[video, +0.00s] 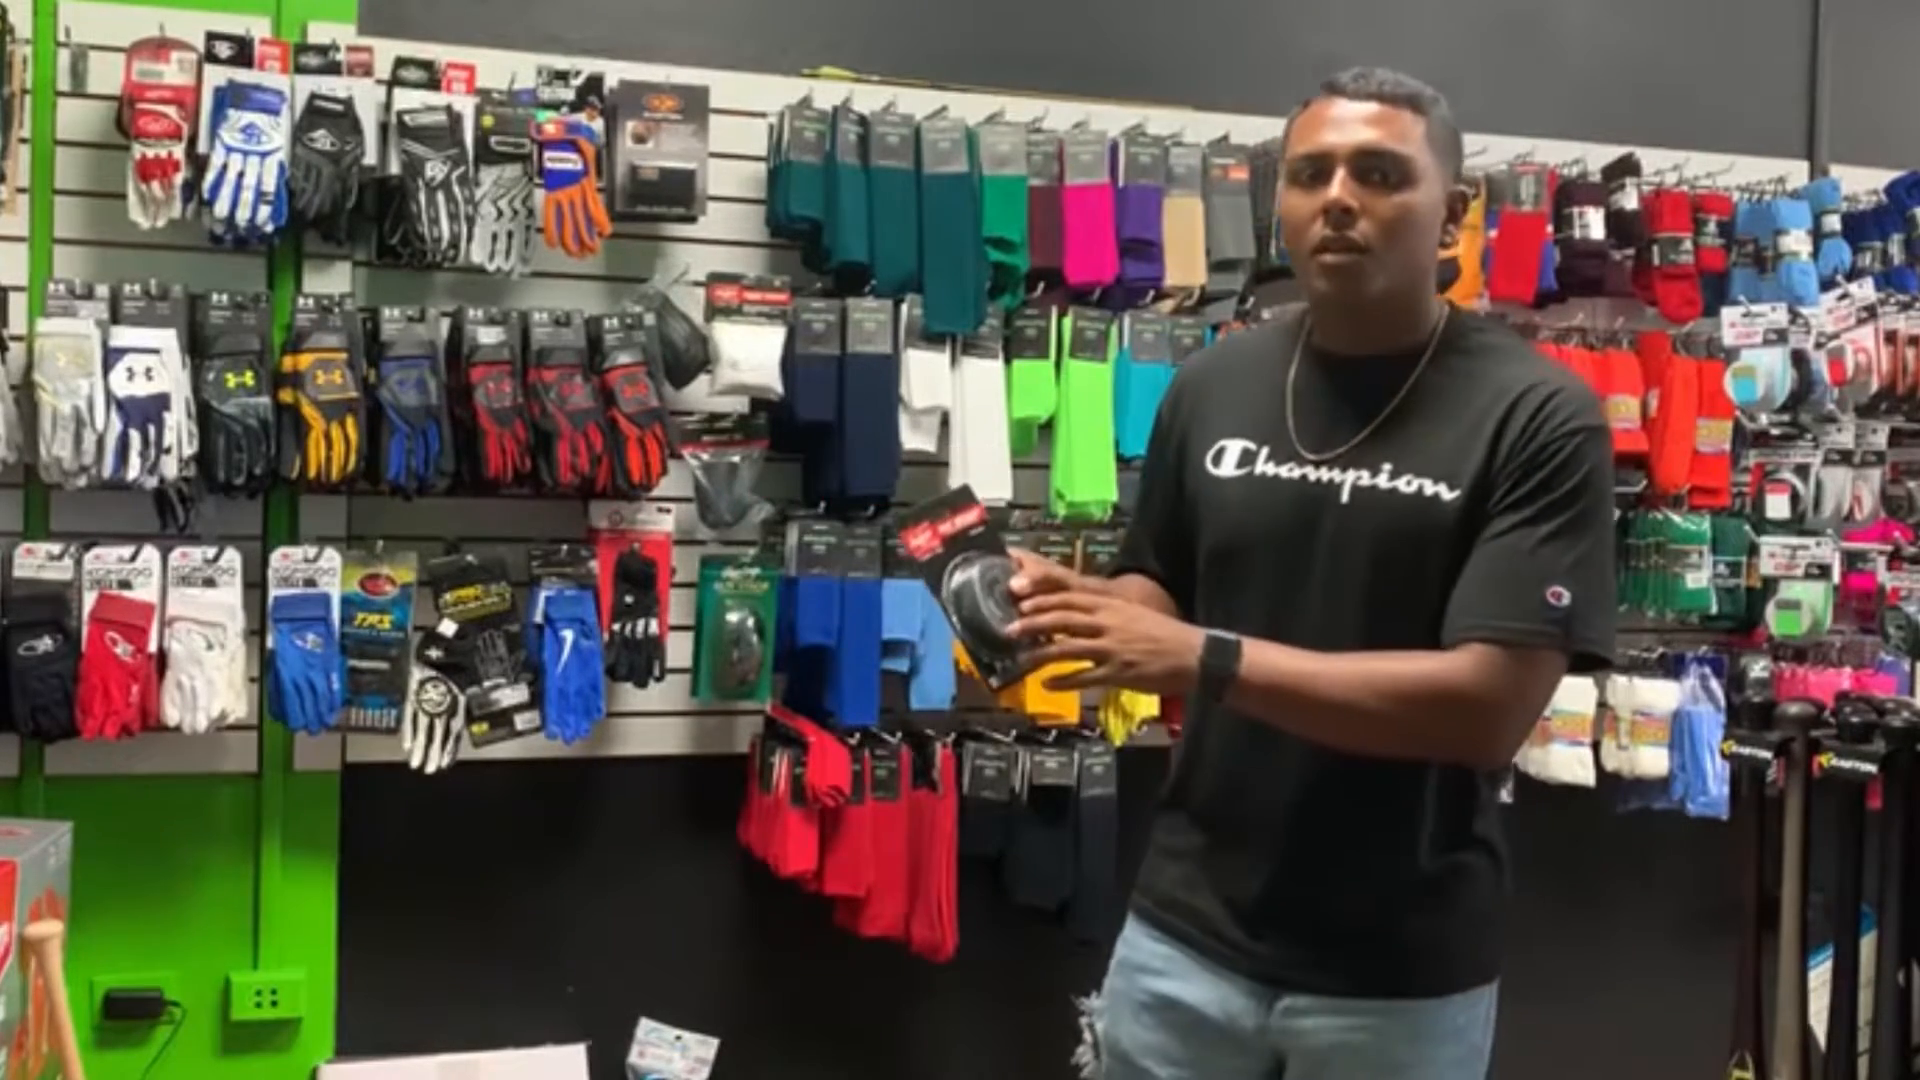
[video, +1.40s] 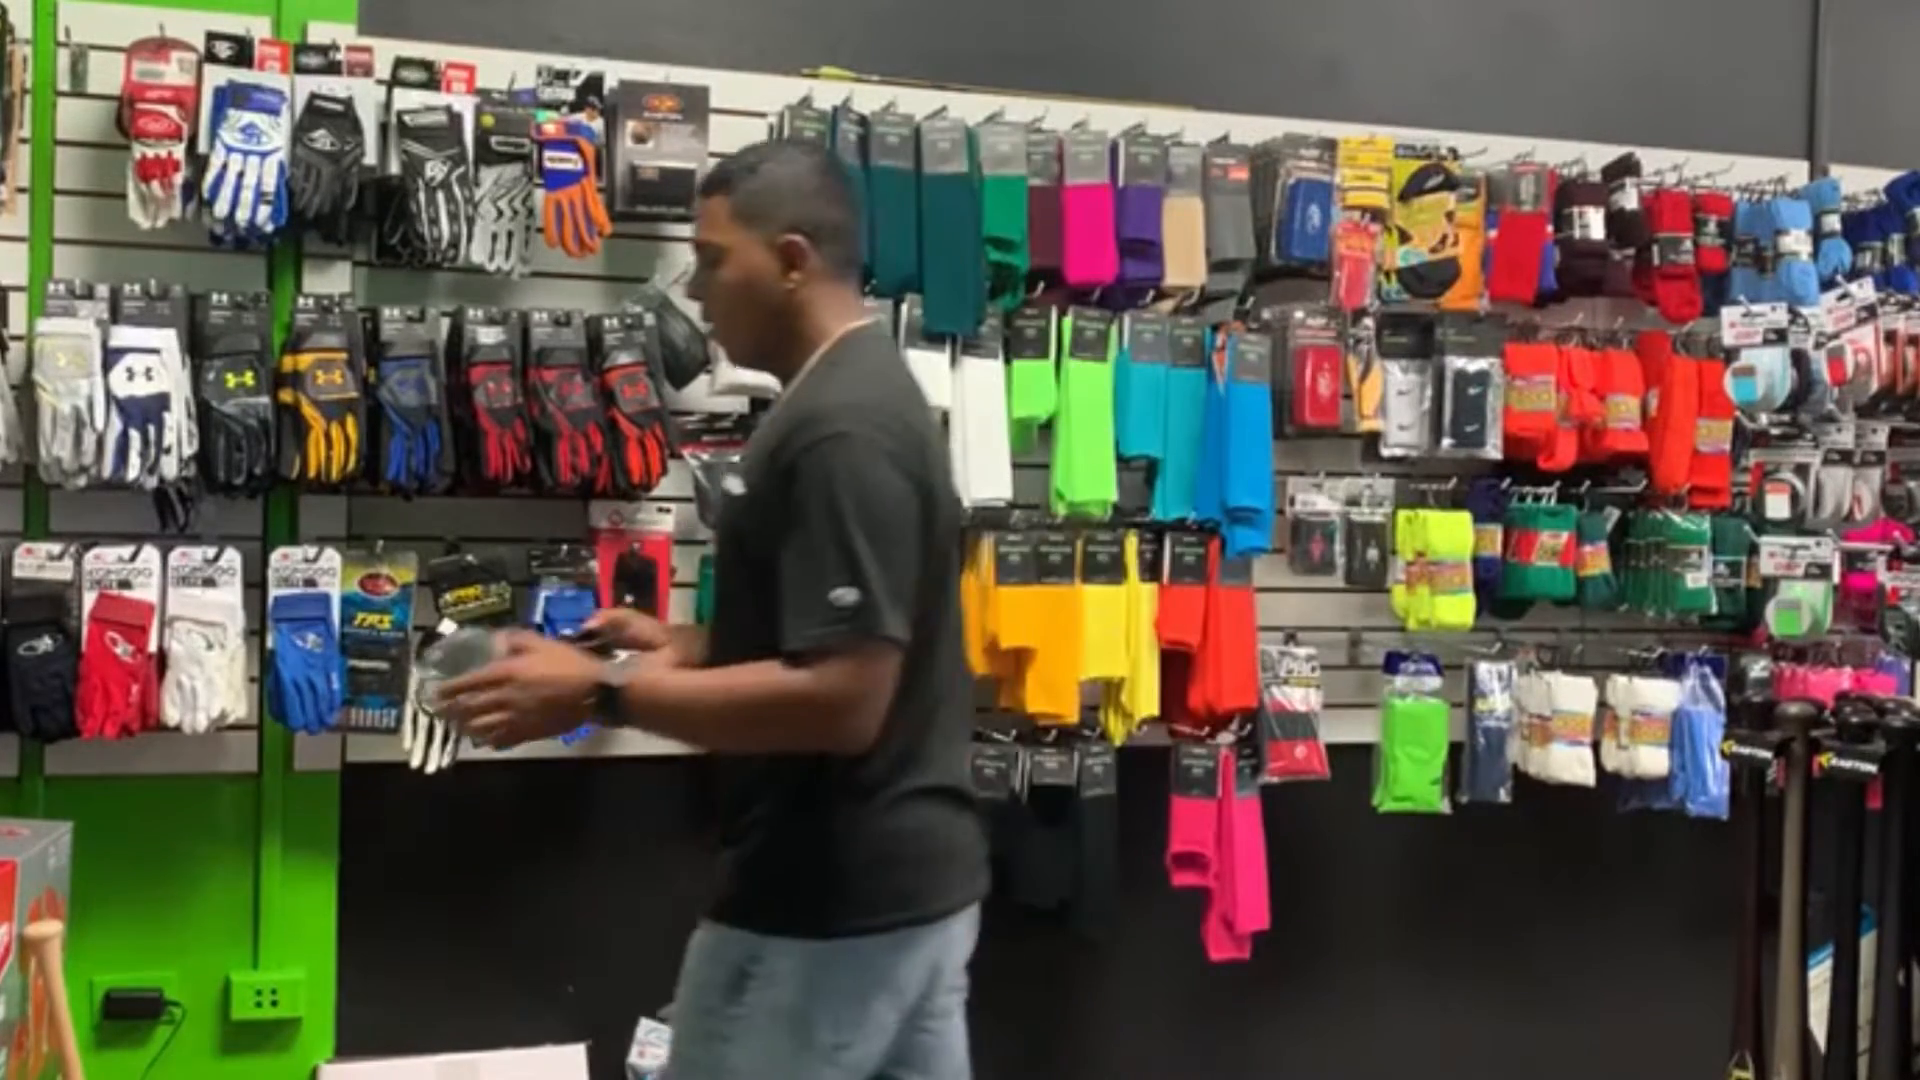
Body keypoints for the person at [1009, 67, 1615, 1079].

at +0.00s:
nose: (1337, 199)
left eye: (1380, 172)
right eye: (1310, 173)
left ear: (1451, 213)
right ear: (1277, 206)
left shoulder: (1539, 416)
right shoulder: (1211, 386)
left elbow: (1490, 710)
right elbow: (1156, 599)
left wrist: (1197, 655)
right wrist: (1074, 609)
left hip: (1404, 972)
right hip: (1188, 939)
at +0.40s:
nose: (1209, 207)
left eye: (1248, 180)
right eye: (1185, 184)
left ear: (1324, 209)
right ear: (1165, 217)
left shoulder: (1405, 402)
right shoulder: (1123, 393)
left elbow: (1387, 691)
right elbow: (1084, 611)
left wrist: (1112, 641)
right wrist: (1006, 619)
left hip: (1304, 946)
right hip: (1118, 918)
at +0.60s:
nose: (1098, 219)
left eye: (1137, 194)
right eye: (1083, 197)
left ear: (1219, 221)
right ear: (1067, 221)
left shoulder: (1294, 408)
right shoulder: (1043, 400)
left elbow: (1284, 684)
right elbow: (1011, 618)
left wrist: (1026, 629)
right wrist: (929, 612)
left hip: (1206, 946)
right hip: (1029, 916)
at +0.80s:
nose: (972, 273)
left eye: (1000, 243)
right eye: (969, 247)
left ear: (1098, 241)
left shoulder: (1200, 419)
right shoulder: (988, 410)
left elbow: (1186, 687)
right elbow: (964, 618)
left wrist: (937, 621)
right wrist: (875, 608)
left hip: (1109, 932)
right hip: (960, 904)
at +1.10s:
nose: (854, 295)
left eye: (873, 262)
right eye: (850, 270)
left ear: (965, 247)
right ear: (953, 253)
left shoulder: (1051, 408)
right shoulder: (947, 400)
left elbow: (1053, 675)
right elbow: (944, 638)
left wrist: (816, 619)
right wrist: (790, 627)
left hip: (980, 895)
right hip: (936, 878)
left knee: (881, 1064)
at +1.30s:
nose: (760, 296)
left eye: (775, 263)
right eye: (760, 268)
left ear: (861, 255)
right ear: (861, 258)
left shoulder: (919, 418)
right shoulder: (922, 397)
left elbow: (924, 690)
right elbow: (863, 654)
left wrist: (692, 653)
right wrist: (683, 635)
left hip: (883, 899)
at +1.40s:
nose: (695, 288)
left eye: (711, 259)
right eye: (698, 262)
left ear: (794, 258)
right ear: (797, 259)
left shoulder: (842, 426)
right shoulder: (871, 399)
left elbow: (845, 700)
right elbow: (851, 635)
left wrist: (603, 690)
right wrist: (697, 645)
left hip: (825, 901)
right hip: (906, 883)